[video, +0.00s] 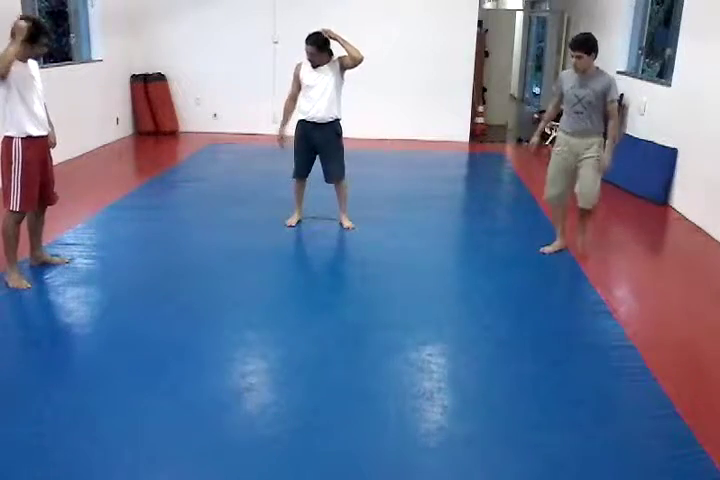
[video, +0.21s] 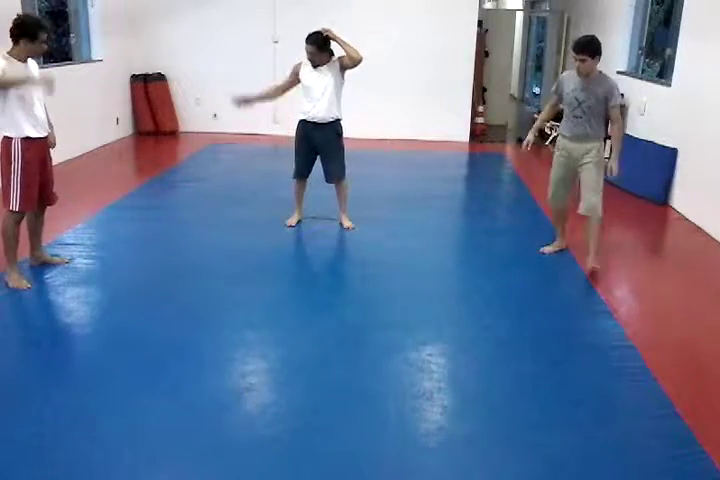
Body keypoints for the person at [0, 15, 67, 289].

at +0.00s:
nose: (37, 56)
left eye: (40, 53)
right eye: (36, 51)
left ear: (38, 47)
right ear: (23, 42)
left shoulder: (31, 63)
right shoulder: (6, 63)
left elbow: (39, 99)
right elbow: (3, 73)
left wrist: (49, 129)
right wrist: (15, 42)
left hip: (39, 137)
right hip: (16, 139)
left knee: (40, 202)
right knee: (16, 208)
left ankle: (37, 252)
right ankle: (11, 268)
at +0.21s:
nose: (46, 48)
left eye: (46, 42)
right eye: (42, 42)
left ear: (27, 42)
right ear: (24, 41)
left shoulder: (32, 67)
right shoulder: (6, 64)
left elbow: (37, 101)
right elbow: (6, 79)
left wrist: (49, 130)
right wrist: (35, 77)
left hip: (38, 138)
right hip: (15, 140)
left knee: (39, 202)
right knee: (16, 208)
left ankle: (37, 252)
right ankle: (11, 268)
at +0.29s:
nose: (46, 47)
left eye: (46, 41)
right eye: (43, 42)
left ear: (27, 42)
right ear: (25, 41)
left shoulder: (32, 64)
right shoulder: (5, 66)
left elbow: (37, 100)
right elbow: (1, 91)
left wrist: (49, 129)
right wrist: (18, 95)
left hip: (38, 139)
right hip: (15, 141)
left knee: (40, 202)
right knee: (16, 208)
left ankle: (37, 253)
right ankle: (11, 268)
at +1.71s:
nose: (48, 45)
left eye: (48, 39)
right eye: (45, 40)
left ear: (29, 41)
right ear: (29, 40)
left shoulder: (29, 67)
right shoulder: (9, 67)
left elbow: (30, 104)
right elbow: (4, 107)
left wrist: (40, 133)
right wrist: (27, 133)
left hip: (38, 142)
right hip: (19, 145)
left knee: (53, 196)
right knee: (20, 210)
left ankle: (44, 248)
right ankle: (13, 269)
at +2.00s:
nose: (51, 46)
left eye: (52, 41)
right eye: (51, 40)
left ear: (29, 37)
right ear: (42, 39)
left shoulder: (17, 61)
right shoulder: (26, 65)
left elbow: (9, 93)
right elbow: (30, 102)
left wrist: (35, 118)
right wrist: (49, 130)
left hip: (27, 136)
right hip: (36, 138)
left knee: (41, 198)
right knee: (59, 198)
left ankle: (42, 249)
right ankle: (36, 252)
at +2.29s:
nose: (61, 47)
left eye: (62, 42)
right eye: (61, 42)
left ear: (37, 37)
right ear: (55, 40)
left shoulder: (20, 62)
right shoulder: (48, 63)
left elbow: (2, 93)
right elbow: (61, 97)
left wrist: (20, 118)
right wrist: (67, 123)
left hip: (26, 136)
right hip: (49, 136)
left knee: (40, 193)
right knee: (76, 184)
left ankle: (41, 250)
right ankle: (72, 240)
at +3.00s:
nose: (83, 45)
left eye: (84, 41)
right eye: (83, 41)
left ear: (62, 36)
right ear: (76, 38)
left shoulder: (43, 56)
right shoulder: (71, 59)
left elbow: (19, 84)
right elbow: (86, 91)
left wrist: (33, 113)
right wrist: (82, 117)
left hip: (44, 124)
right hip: (63, 125)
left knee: (63, 177)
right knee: (72, 180)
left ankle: (68, 222)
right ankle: (69, 234)